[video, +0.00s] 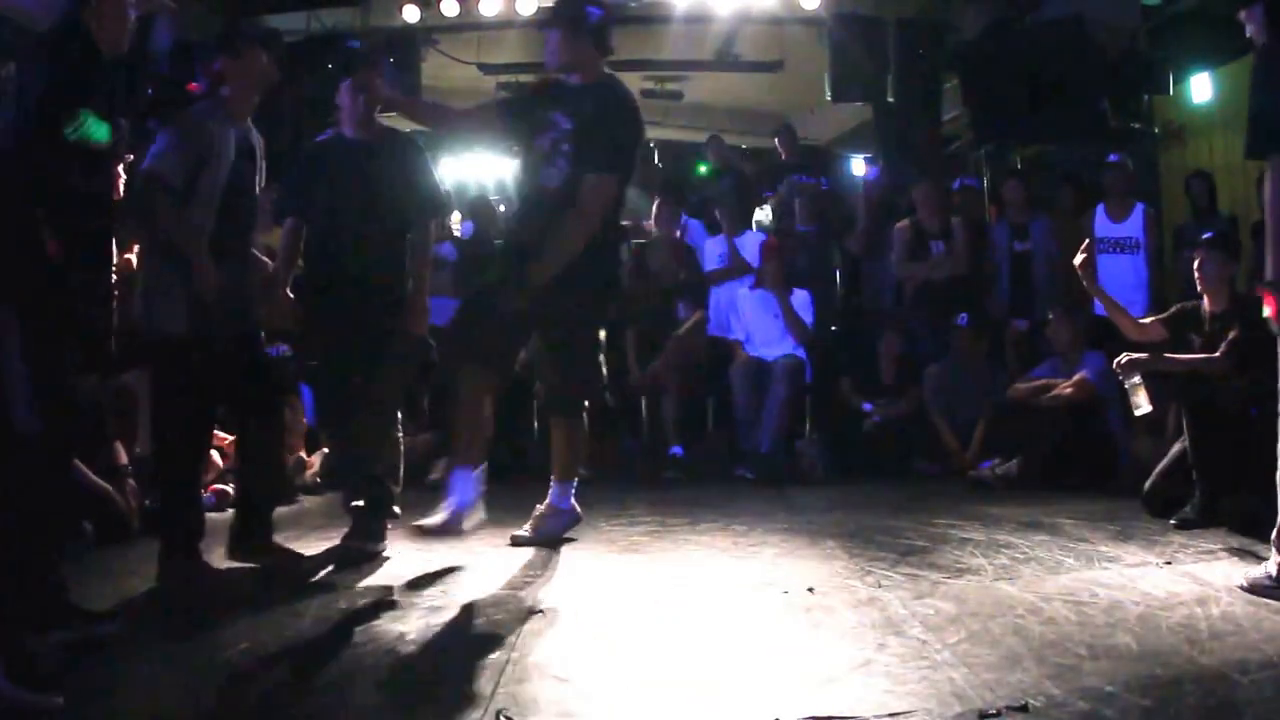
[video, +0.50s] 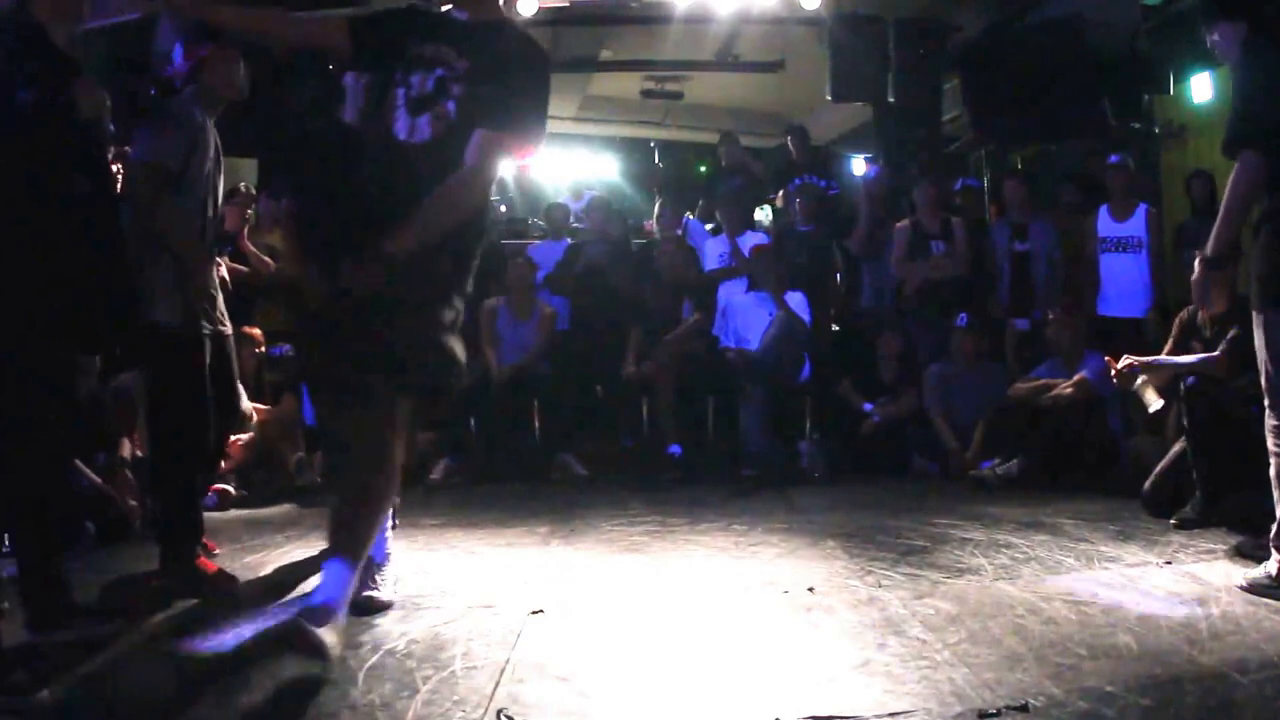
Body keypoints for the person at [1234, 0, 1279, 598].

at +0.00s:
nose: (1243, 27)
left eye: (1247, 19)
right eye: (1244, 20)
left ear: (1263, 18)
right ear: (1258, 21)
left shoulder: (1268, 65)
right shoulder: (1263, 65)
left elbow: (1269, 173)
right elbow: (1267, 175)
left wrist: (1269, 274)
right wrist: (1265, 276)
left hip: (1275, 293)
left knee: (1276, 420)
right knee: (1274, 418)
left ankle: (1278, 557)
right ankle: (1275, 552)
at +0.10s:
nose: (1231, 29)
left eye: (1234, 20)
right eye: (1231, 20)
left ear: (1251, 20)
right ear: (1257, 23)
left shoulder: (1260, 67)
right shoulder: (1257, 68)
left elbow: (1257, 186)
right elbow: (1256, 186)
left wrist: (1246, 287)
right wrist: (1247, 287)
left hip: (1273, 288)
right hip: (1269, 287)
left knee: (1276, 410)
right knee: (1274, 410)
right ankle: (1277, 551)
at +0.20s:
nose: (1218, 34)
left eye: (1220, 24)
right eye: (1217, 25)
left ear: (1238, 22)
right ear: (1252, 23)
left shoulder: (1253, 68)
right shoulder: (1257, 68)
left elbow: (1245, 174)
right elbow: (1247, 175)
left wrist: (1222, 272)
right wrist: (1224, 269)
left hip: (1275, 272)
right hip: (1271, 271)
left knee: (1279, 406)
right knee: (1275, 405)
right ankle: (1278, 553)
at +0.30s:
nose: (1216, 50)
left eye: (1218, 41)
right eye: (1215, 42)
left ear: (1234, 34)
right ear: (1246, 34)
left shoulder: (1251, 70)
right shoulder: (1255, 73)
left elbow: (1237, 166)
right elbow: (1239, 167)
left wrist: (1208, 253)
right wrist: (1214, 252)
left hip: (1273, 260)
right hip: (1269, 259)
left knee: (1277, 401)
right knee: (1273, 399)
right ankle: (1277, 544)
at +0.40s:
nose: (1212, 47)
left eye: (1216, 37)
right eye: (1211, 38)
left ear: (1234, 33)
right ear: (1241, 34)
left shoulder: (1250, 70)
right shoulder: (1252, 73)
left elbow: (1239, 165)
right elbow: (1241, 166)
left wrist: (1203, 251)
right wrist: (1210, 251)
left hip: (1270, 268)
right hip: (1265, 266)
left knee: (1274, 402)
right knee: (1271, 400)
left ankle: (1277, 552)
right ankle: (1275, 537)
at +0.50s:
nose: (1211, 41)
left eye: (1215, 29)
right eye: (1209, 31)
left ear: (1239, 25)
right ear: (1243, 27)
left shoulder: (1256, 66)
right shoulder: (1257, 68)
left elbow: (1251, 163)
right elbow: (1252, 163)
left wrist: (1214, 253)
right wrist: (1220, 252)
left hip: (1272, 268)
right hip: (1267, 267)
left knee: (1276, 404)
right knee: (1273, 402)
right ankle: (1275, 540)